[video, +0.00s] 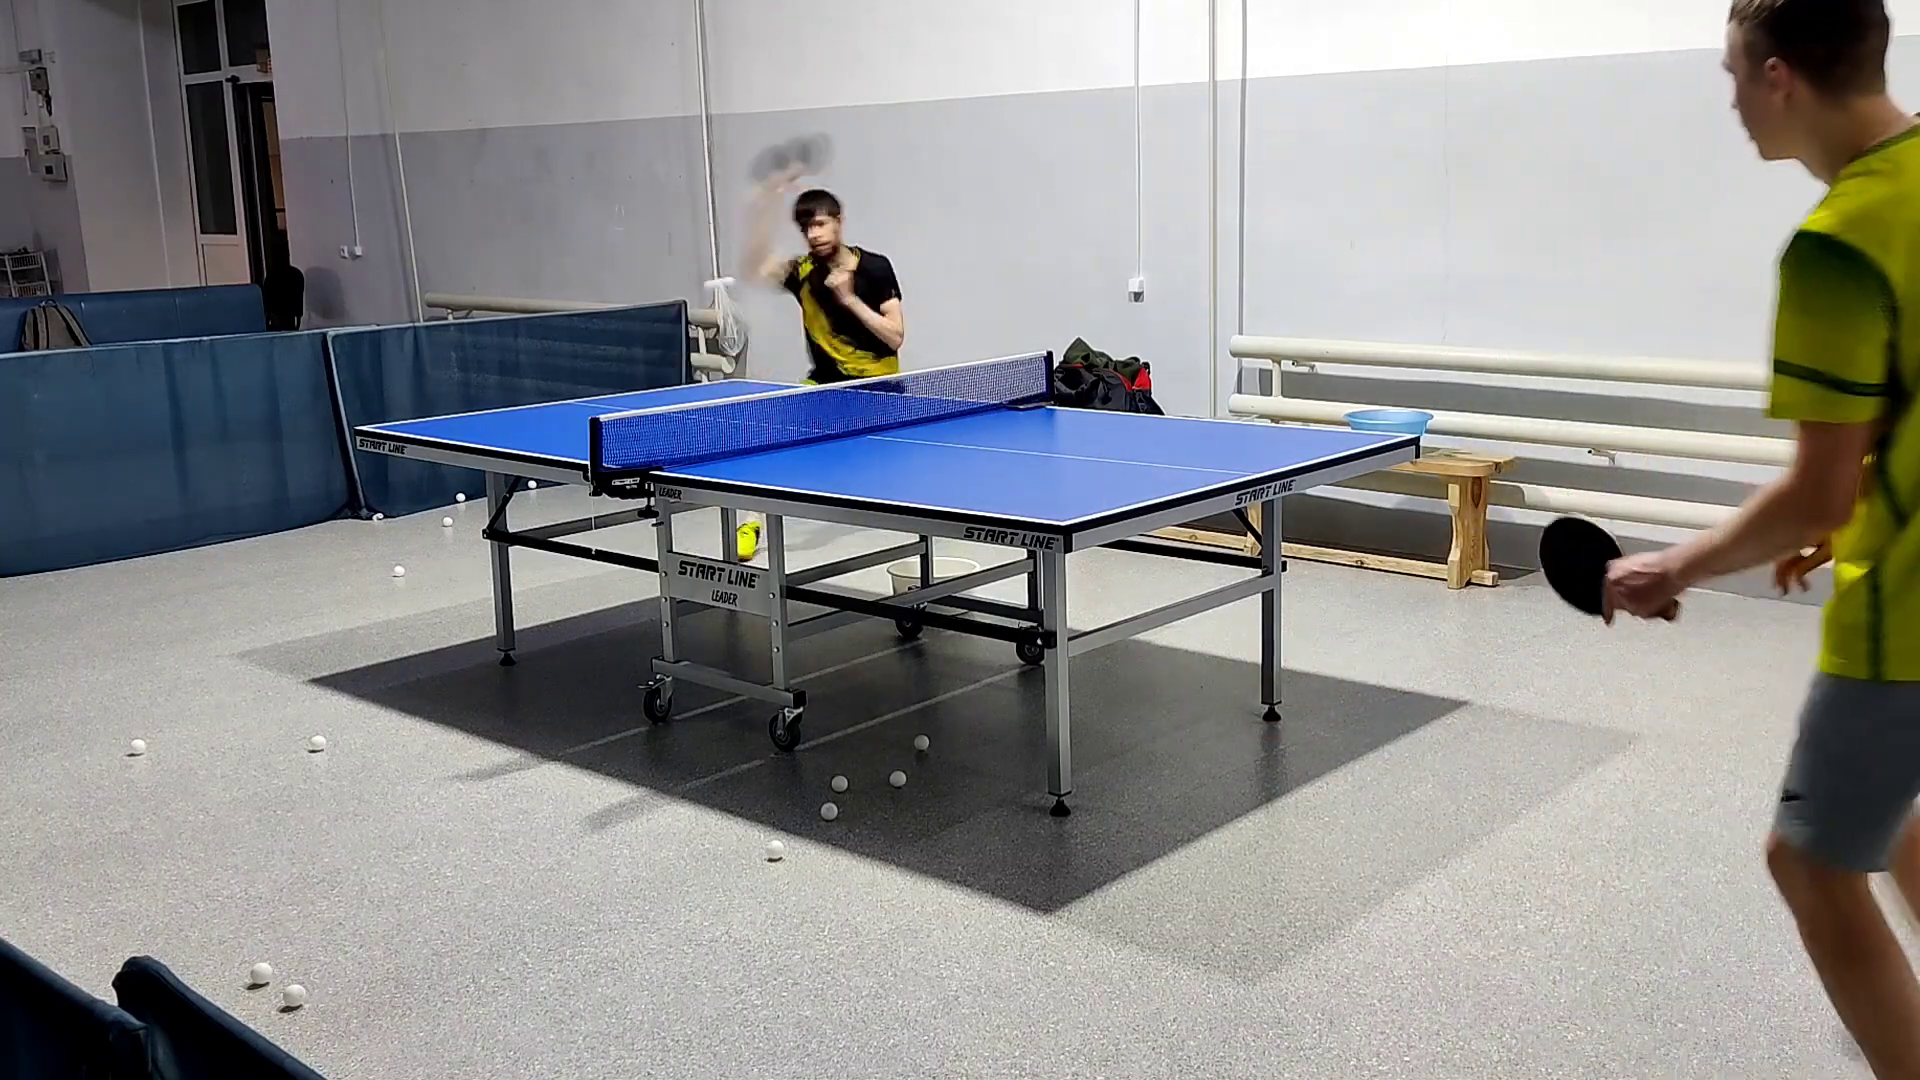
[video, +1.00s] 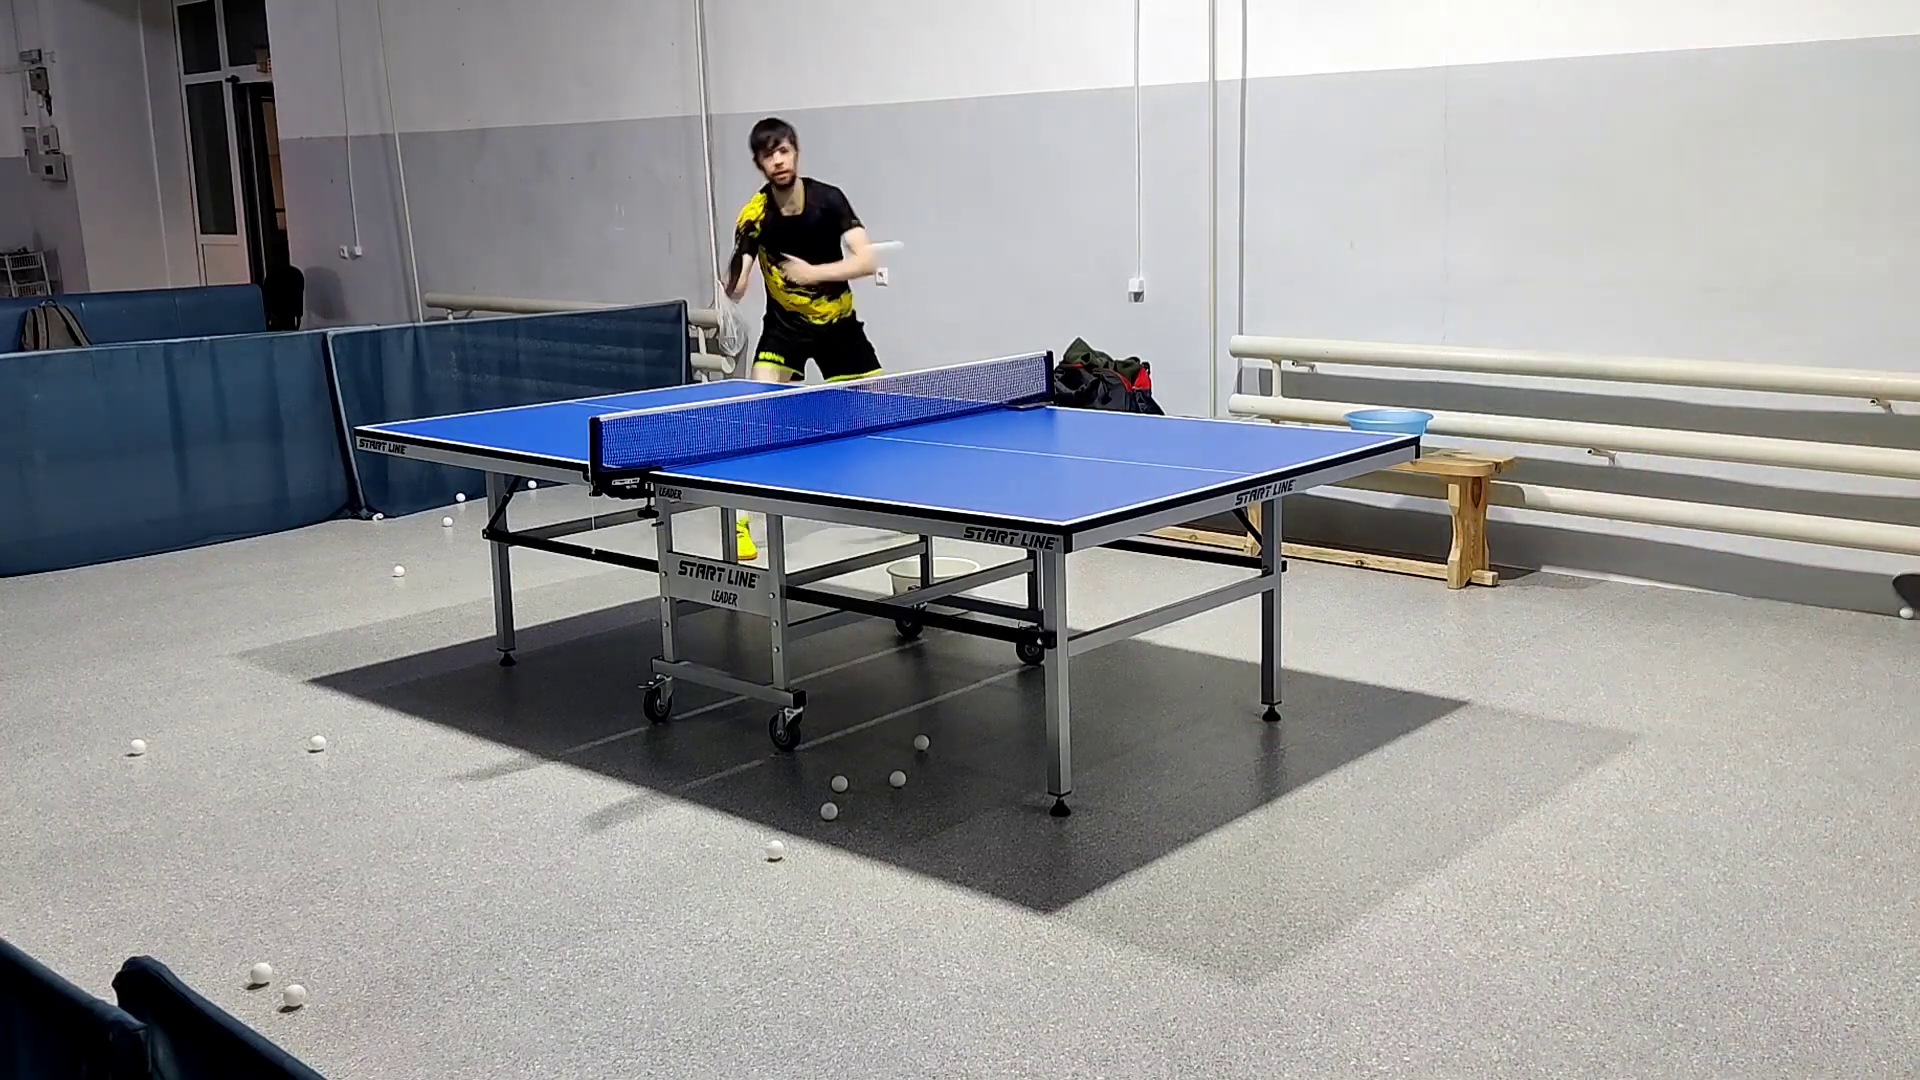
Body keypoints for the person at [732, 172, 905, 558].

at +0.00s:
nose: (813, 233)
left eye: (820, 224)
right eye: (807, 227)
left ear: (840, 223)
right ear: (802, 232)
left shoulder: (874, 268)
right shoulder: (800, 271)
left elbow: (895, 339)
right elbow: (752, 273)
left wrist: (849, 298)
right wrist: (769, 203)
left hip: (877, 385)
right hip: (823, 384)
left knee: (896, 465)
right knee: (766, 430)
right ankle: (752, 522)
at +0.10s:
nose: (846, 233)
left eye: (854, 225)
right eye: (839, 226)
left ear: (866, 229)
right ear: (828, 231)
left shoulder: (881, 279)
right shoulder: (820, 262)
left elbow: (893, 352)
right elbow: (814, 213)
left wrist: (874, 305)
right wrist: (872, 181)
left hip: (857, 390)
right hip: (811, 384)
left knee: (871, 470)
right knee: (784, 453)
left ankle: (901, 562)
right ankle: (760, 524)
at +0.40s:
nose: (851, 213)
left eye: (856, 205)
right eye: (842, 206)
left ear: (864, 210)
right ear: (827, 212)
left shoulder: (875, 261)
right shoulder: (815, 247)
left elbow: (893, 334)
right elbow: (802, 212)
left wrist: (880, 302)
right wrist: (853, 165)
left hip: (854, 376)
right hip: (807, 375)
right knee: (795, 456)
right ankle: (760, 527)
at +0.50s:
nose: (837, 182)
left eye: (842, 172)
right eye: (827, 174)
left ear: (851, 176)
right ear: (814, 182)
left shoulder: (867, 231)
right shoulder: (802, 223)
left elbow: (894, 300)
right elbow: (775, 201)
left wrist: (872, 283)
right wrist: (818, 152)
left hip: (851, 352)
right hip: (804, 351)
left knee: (916, 400)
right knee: (787, 415)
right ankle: (760, 525)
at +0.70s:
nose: (810, 142)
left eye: (816, 133)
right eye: (799, 135)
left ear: (826, 137)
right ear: (785, 143)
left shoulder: (847, 189)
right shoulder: (776, 184)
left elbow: (879, 252)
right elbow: (742, 223)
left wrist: (859, 264)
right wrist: (767, 173)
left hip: (837, 314)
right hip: (790, 313)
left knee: (892, 399)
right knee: (774, 409)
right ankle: (751, 521)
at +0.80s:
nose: (800, 149)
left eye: (807, 139)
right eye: (790, 142)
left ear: (818, 144)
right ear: (778, 150)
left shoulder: (842, 196)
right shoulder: (769, 196)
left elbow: (875, 255)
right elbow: (737, 254)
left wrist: (861, 280)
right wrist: (754, 221)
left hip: (833, 321)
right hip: (785, 321)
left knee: (878, 410)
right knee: (768, 414)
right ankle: (745, 521)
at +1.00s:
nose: (779, 161)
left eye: (784, 150)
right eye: (769, 155)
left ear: (797, 152)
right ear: (758, 163)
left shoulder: (830, 200)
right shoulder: (755, 215)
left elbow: (867, 261)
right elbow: (738, 286)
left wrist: (817, 272)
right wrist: (735, 283)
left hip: (838, 328)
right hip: (783, 329)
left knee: (882, 414)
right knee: (755, 413)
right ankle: (741, 521)